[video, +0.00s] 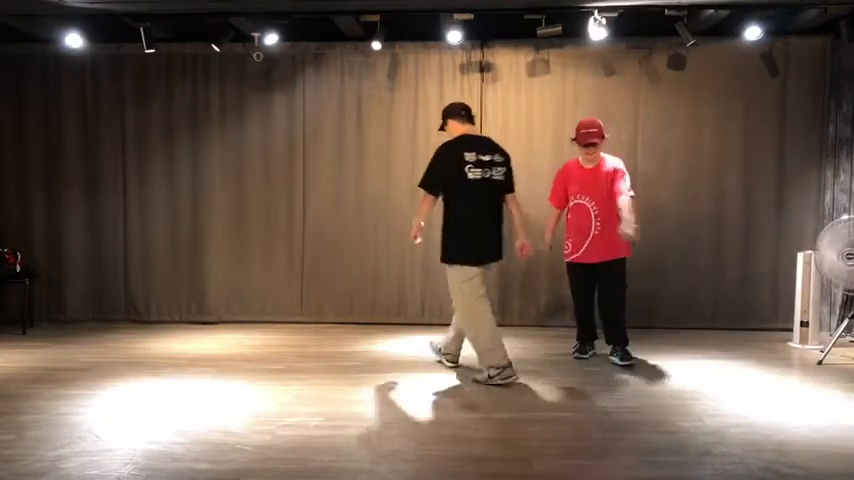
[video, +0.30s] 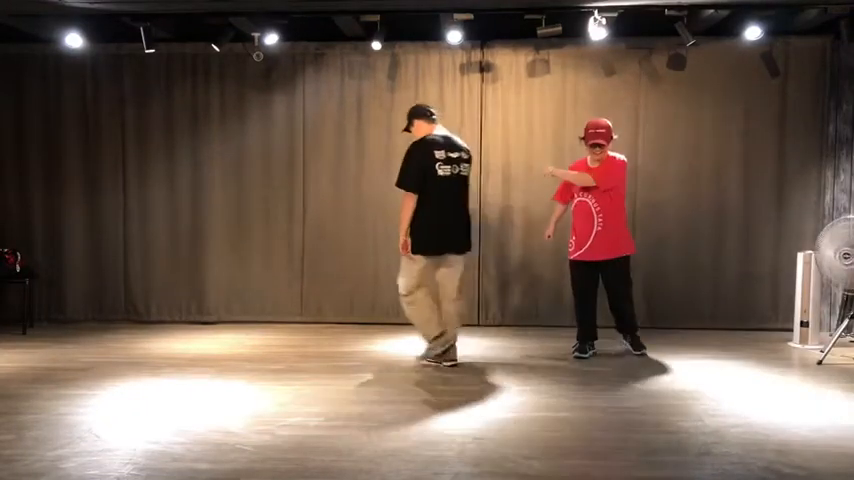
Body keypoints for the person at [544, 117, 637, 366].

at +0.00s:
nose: (590, 150)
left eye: (594, 145)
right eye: (585, 145)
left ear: (601, 143)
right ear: (577, 144)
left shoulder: (614, 167)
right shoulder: (567, 171)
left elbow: (624, 197)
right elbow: (557, 205)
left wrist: (627, 221)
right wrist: (549, 233)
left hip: (611, 248)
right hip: (578, 250)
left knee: (614, 301)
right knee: (582, 301)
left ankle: (618, 345)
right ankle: (585, 342)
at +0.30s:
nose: (596, 150)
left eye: (601, 145)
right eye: (592, 145)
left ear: (609, 143)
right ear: (585, 143)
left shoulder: (617, 164)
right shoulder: (577, 168)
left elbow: (586, 181)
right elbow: (564, 199)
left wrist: (557, 173)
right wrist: (552, 223)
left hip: (613, 245)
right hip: (582, 246)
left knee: (621, 296)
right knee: (584, 298)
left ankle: (631, 335)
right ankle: (585, 341)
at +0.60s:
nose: (609, 148)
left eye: (614, 143)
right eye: (604, 143)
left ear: (624, 144)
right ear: (599, 144)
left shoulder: (637, 170)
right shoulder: (589, 172)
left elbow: (642, 201)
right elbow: (580, 207)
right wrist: (579, 236)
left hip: (628, 246)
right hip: (595, 246)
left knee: (628, 296)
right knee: (591, 297)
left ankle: (628, 336)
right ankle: (586, 341)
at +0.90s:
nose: (621, 141)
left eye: (628, 137)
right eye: (618, 137)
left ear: (639, 141)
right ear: (614, 139)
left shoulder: (652, 168)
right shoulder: (602, 168)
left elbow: (677, 181)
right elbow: (588, 201)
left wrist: (703, 193)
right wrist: (583, 230)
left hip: (636, 242)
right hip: (604, 242)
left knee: (632, 293)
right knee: (599, 291)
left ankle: (629, 337)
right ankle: (588, 337)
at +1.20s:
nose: (626, 142)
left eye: (632, 138)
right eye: (623, 137)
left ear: (642, 143)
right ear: (617, 139)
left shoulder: (647, 166)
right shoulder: (601, 162)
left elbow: (660, 183)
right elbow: (572, 171)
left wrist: (679, 199)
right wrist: (548, 186)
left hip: (636, 243)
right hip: (604, 242)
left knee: (632, 294)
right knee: (600, 292)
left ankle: (628, 337)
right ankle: (593, 339)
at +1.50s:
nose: (616, 142)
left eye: (621, 137)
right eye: (611, 137)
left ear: (629, 141)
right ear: (603, 140)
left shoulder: (635, 161)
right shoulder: (593, 166)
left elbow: (611, 164)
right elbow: (616, 184)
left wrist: (584, 153)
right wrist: (646, 175)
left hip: (627, 240)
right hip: (597, 241)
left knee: (628, 293)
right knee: (595, 294)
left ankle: (628, 336)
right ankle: (592, 340)